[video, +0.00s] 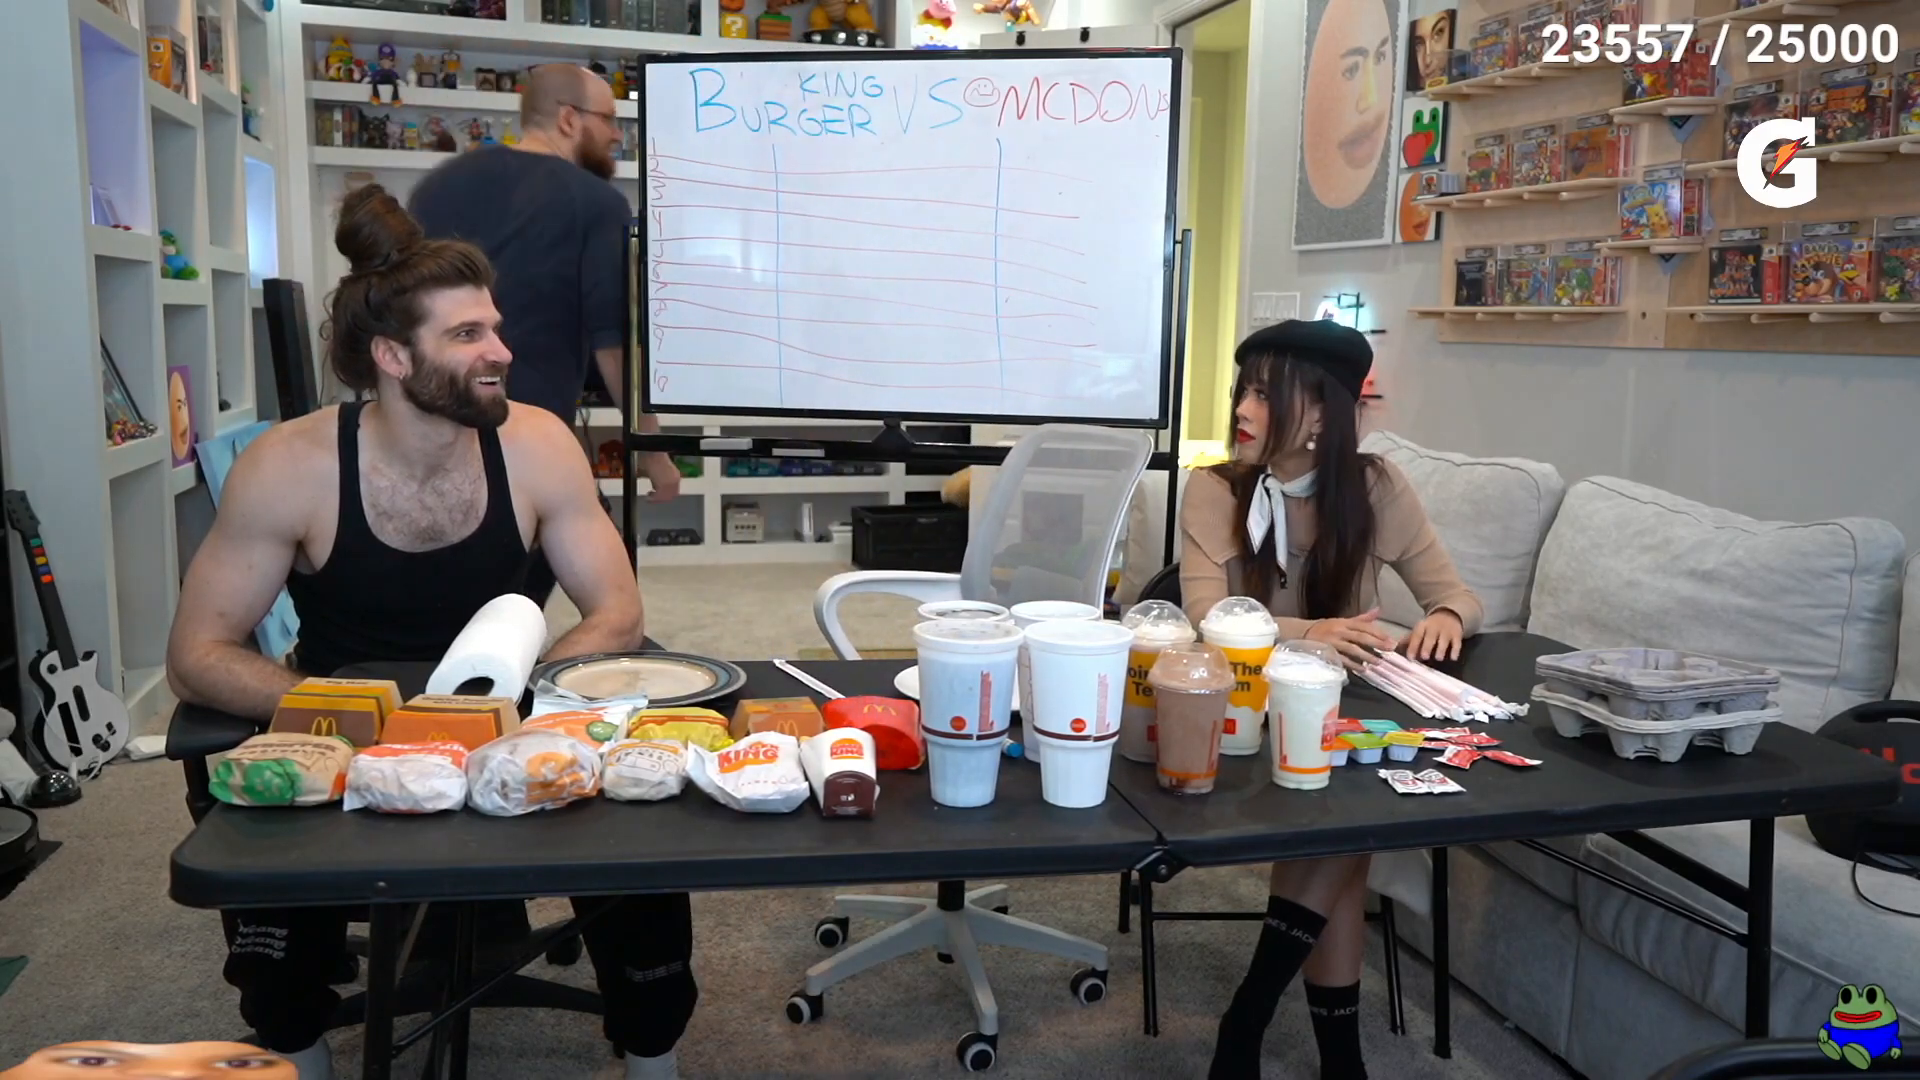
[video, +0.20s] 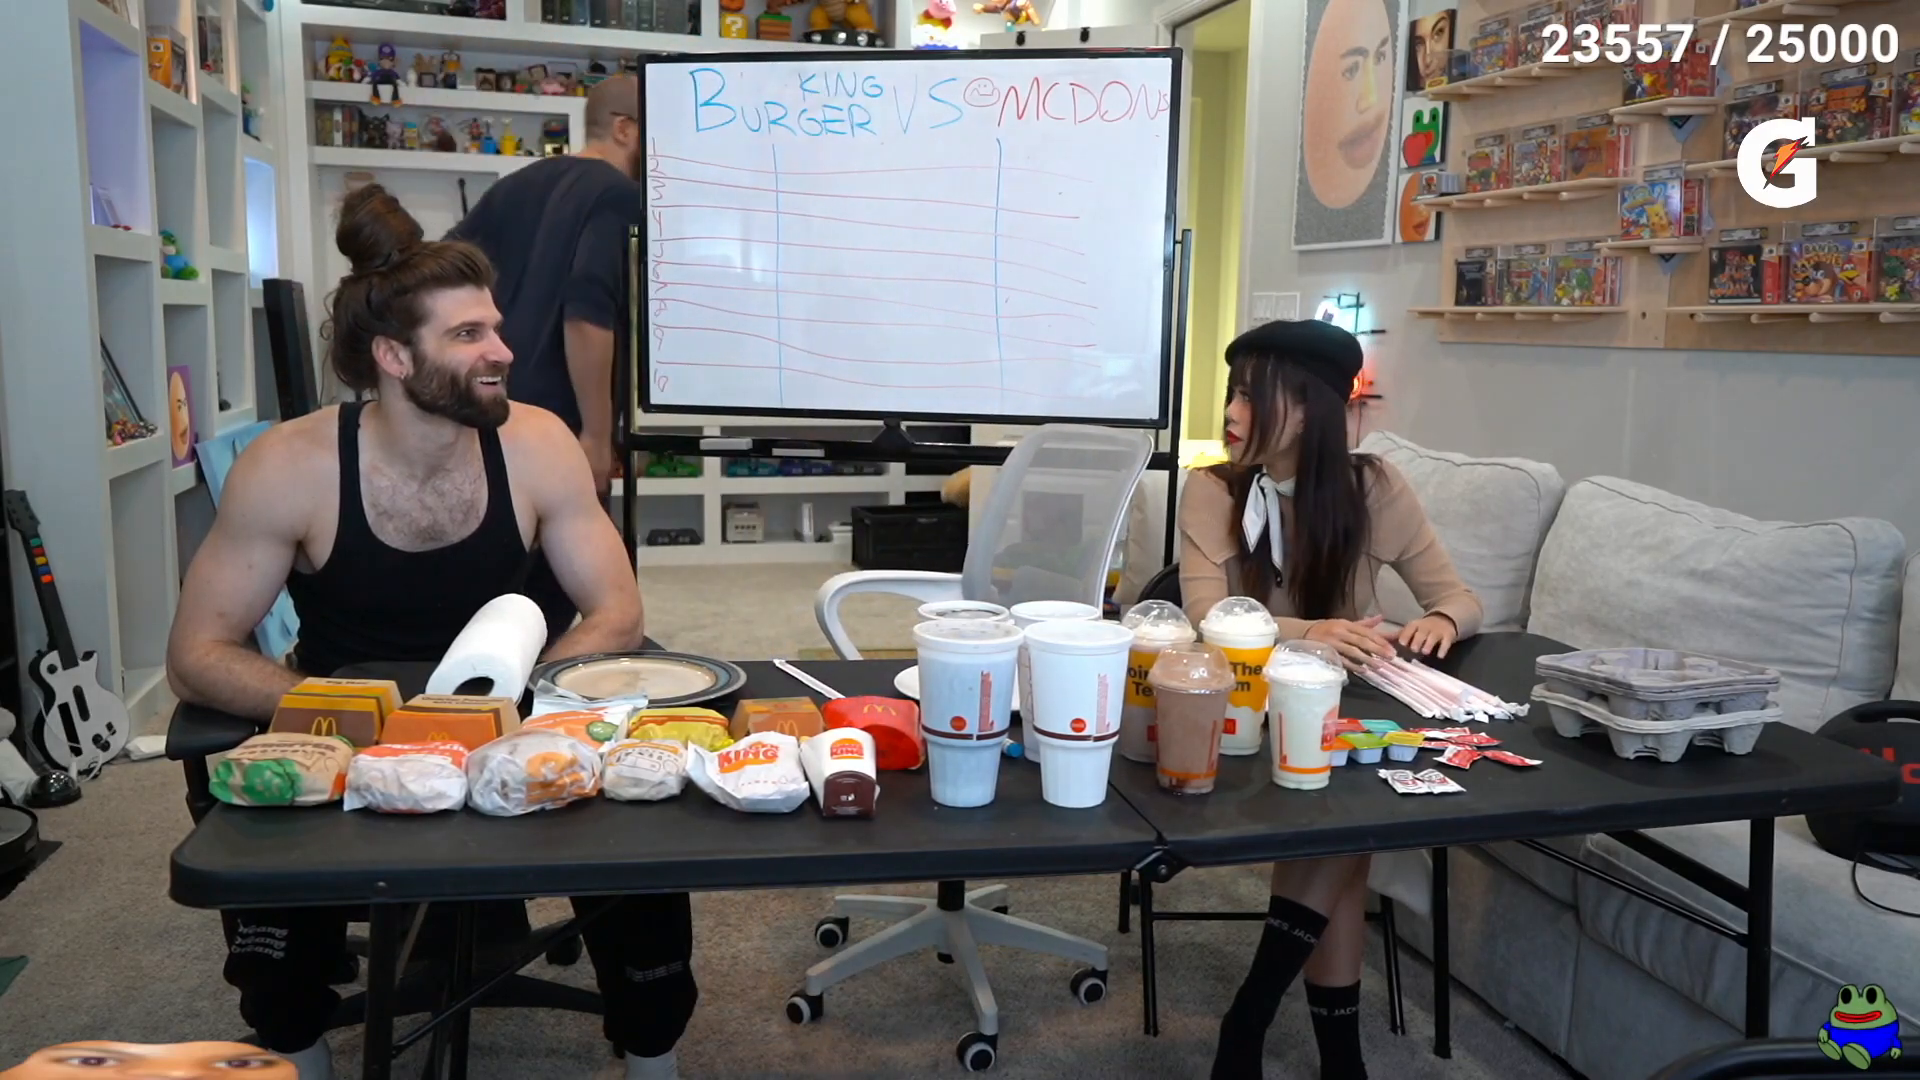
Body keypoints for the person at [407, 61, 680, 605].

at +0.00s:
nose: (617, 134)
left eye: (617, 120)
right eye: (608, 119)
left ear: (550, 120)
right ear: (567, 119)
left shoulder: (439, 180)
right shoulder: (596, 203)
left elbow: (401, 294)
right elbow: (610, 344)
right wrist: (651, 447)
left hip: (427, 421)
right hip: (531, 441)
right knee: (515, 607)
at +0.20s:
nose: (656, 151)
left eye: (494, 330)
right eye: (654, 138)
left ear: (601, 129)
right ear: (626, 129)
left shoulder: (513, 184)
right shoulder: (613, 192)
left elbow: (451, 269)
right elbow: (587, 314)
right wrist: (598, 436)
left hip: (483, 419)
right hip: (555, 430)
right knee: (556, 594)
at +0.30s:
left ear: (625, 114)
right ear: (670, 121)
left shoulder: (566, 168)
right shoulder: (637, 175)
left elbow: (484, 240)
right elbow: (595, 281)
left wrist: (514, 339)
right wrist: (594, 400)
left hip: (548, 397)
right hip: (603, 411)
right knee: (610, 553)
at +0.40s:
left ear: (650, 116)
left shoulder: (609, 172)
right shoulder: (658, 174)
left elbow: (532, 247)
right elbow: (612, 274)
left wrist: (568, 340)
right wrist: (622, 384)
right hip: (636, 410)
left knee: (676, 561)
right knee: (616, 565)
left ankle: (702, 695)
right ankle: (507, 651)